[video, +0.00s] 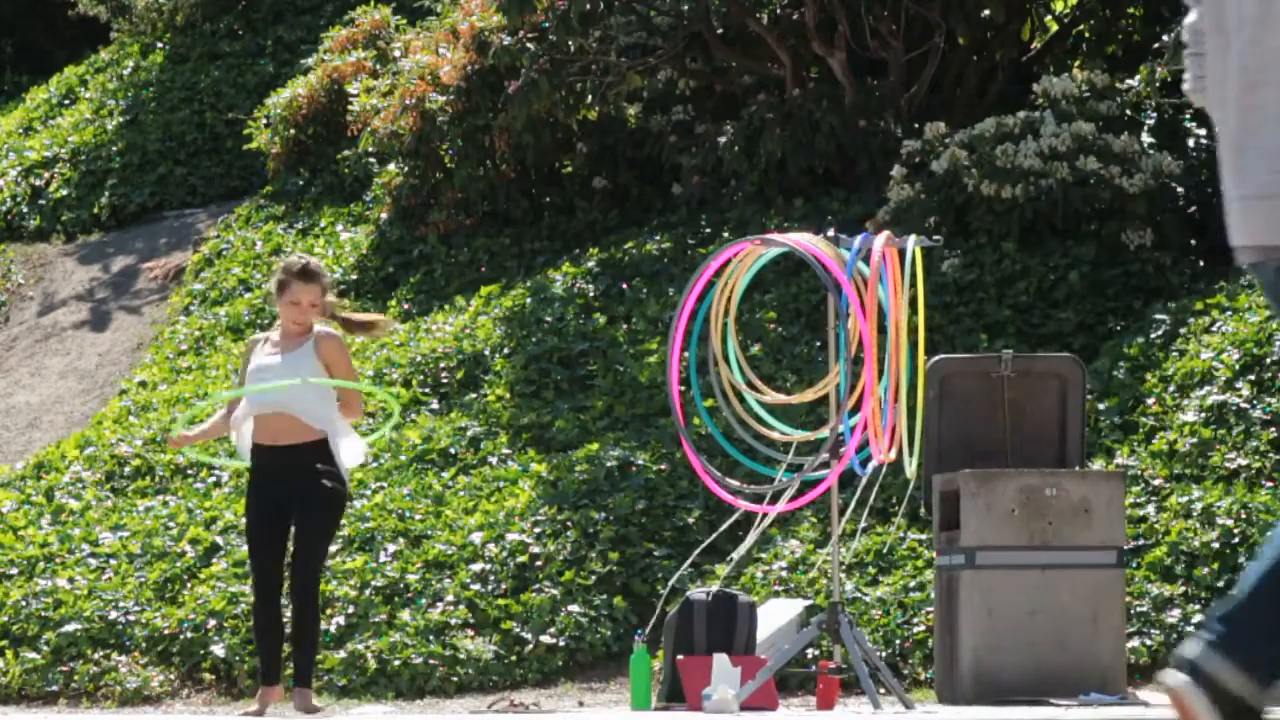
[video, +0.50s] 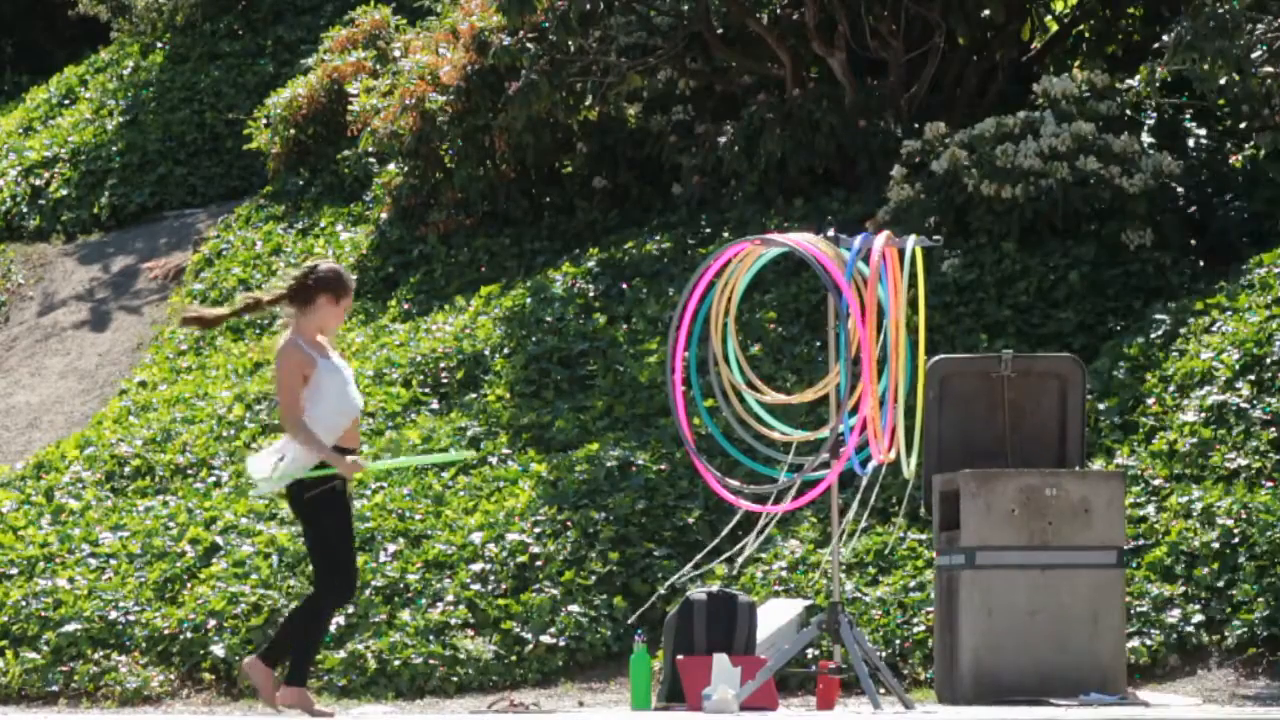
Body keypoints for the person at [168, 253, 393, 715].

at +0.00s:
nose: (304, 312)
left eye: (313, 304)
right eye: (295, 303)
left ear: (322, 304)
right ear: (277, 299)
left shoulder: (326, 343)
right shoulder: (259, 347)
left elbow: (354, 408)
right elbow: (240, 410)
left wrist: (309, 409)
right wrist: (197, 435)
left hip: (317, 468)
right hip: (266, 470)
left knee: (304, 580)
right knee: (265, 582)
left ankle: (303, 688)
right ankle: (269, 686)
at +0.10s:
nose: (316, 315)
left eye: (323, 306)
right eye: (308, 305)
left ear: (328, 305)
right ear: (283, 300)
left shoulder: (333, 343)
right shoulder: (253, 350)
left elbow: (356, 406)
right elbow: (230, 411)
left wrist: (321, 422)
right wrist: (206, 442)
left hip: (325, 468)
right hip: (271, 469)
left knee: (317, 582)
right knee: (271, 581)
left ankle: (297, 686)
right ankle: (267, 686)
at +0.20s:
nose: (327, 316)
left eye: (332, 308)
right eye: (320, 306)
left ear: (332, 307)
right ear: (292, 301)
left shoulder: (337, 345)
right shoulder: (254, 352)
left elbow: (351, 403)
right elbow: (234, 410)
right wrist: (237, 448)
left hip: (331, 466)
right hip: (279, 467)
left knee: (328, 584)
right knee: (279, 582)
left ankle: (294, 685)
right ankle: (265, 683)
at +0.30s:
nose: (338, 315)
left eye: (341, 308)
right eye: (334, 306)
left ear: (319, 305)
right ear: (304, 300)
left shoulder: (336, 344)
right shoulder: (261, 353)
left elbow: (342, 403)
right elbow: (243, 417)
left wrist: (352, 448)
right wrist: (251, 450)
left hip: (337, 469)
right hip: (290, 471)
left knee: (332, 581)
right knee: (296, 582)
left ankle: (295, 685)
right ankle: (261, 680)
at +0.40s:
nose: (344, 317)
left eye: (346, 309)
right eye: (341, 308)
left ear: (322, 303)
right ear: (313, 301)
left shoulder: (329, 342)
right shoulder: (275, 352)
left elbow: (334, 403)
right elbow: (263, 419)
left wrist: (352, 449)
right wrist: (293, 459)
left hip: (339, 470)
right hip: (303, 472)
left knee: (332, 582)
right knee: (319, 581)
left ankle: (295, 685)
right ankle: (257, 670)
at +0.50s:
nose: (346, 314)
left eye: (347, 306)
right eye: (343, 305)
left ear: (322, 303)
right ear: (320, 301)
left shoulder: (320, 345)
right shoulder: (294, 351)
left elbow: (321, 410)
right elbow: (290, 419)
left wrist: (347, 449)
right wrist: (333, 458)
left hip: (329, 476)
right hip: (312, 479)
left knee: (336, 583)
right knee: (337, 583)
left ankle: (294, 684)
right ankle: (265, 663)